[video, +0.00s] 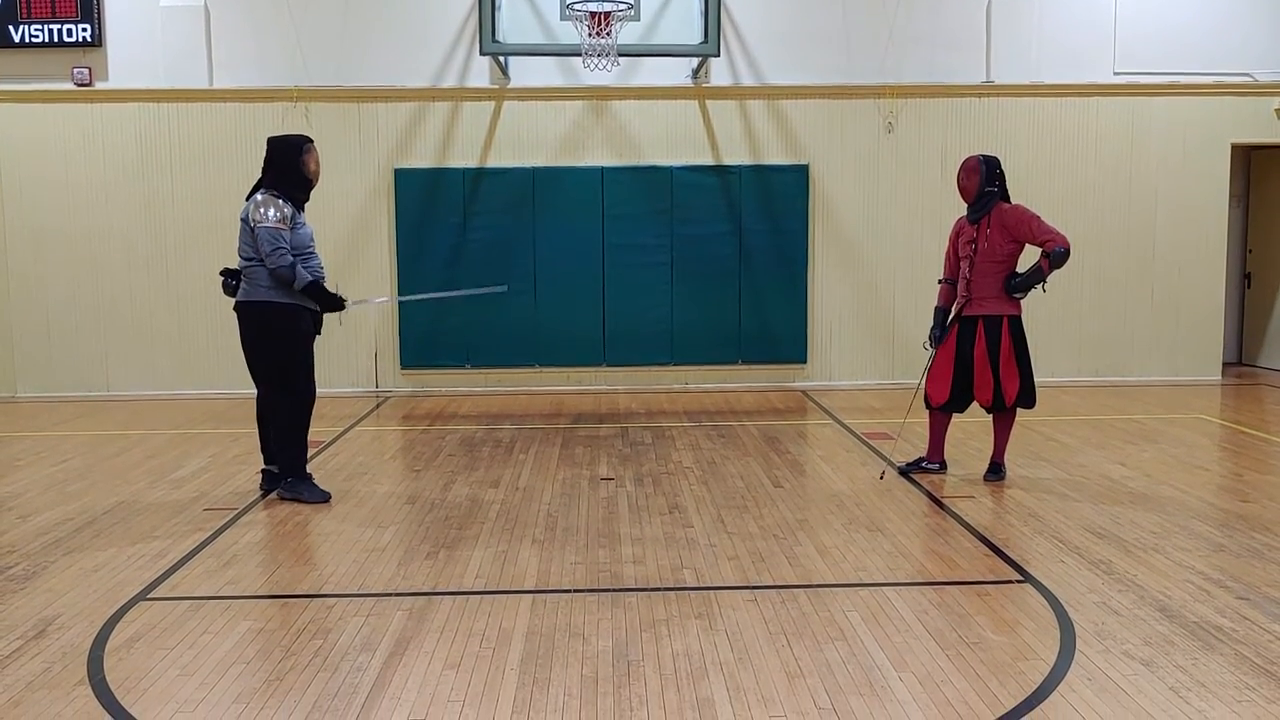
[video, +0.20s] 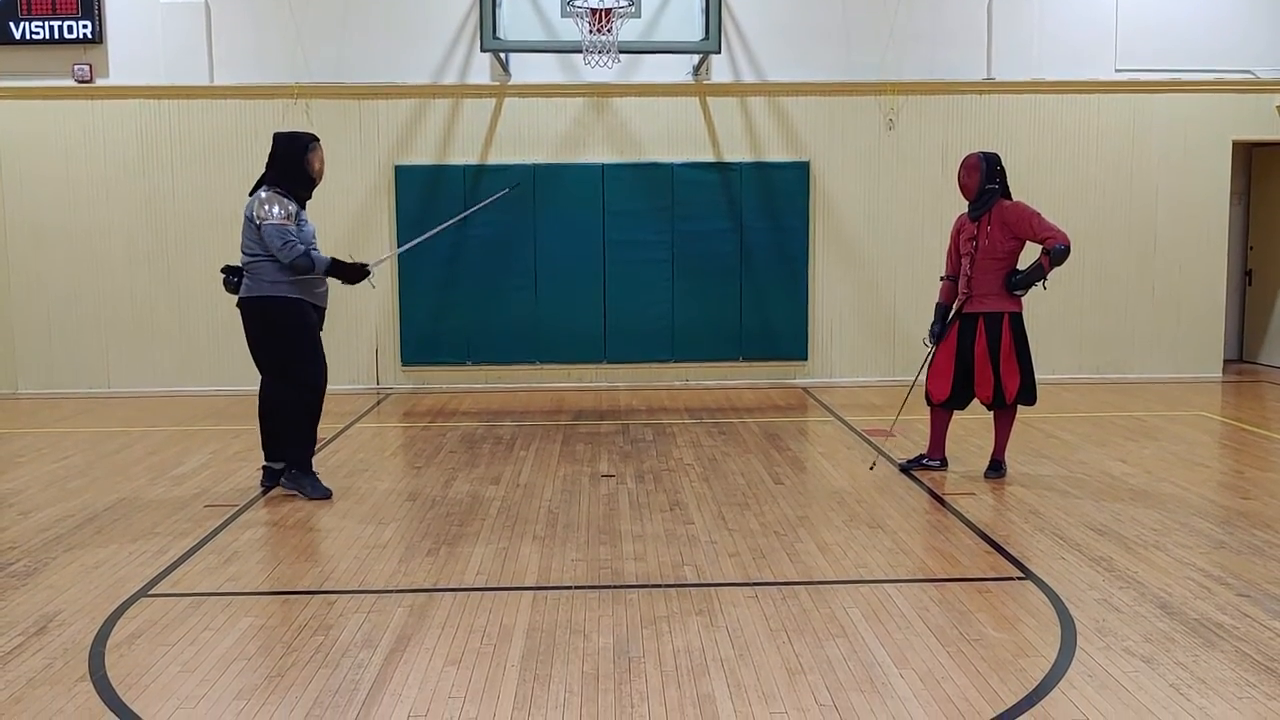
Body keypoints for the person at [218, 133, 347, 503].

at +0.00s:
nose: (318, 168)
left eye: (317, 160)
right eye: (313, 160)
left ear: (290, 162)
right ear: (294, 161)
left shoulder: (282, 202)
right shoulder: (268, 202)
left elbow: (292, 260)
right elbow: (279, 263)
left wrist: (318, 291)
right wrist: (318, 292)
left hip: (280, 309)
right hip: (271, 310)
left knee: (278, 391)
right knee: (293, 392)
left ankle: (276, 471)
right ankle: (292, 477)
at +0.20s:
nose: (321, 169)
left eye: (322, 161)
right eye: (317, 160)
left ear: (295, 162)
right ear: (297, 160)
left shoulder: (287, 202)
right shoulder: (273, 199)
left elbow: (289, 258)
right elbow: (289, 253)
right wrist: (336, 267)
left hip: (279, 304)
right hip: (278, 304)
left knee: (280, 382)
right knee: (309, 379)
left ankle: (276, 466)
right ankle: (298, 470)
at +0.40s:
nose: (323, 162)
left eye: (323, 155)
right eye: (318, 154)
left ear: (293, 156)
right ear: (299, 156)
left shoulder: (277, 195)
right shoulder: (279, 197)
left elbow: (285, 256)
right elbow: (311, 244)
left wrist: (251, 273)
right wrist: (359, 244)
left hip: (276, 301)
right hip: (285, 303)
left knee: (280, 380)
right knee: (310, 383)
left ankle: (276, 462)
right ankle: (327, 467)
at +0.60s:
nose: (327, 160)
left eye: (326, 152)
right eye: (322, 153)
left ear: (294, 156)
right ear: (303, 155)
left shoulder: (283, 192)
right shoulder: (286, 195)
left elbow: (280, 246)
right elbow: (322, 233)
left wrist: (259, 268)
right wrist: (368, 220)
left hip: (286, 299)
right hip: (296, 302)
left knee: (287, 378)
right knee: (316, 382)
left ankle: (277, 460)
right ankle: (335, 466)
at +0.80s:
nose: (334, 153)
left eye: (333, 145)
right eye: (330, 145)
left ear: (303, 149)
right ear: (313, 150)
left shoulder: (290, 188)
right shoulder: (297, 191)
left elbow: (288, 242)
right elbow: (330, 233)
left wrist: (267, 264)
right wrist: (366, 207)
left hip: (294, 294)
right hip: (306, 297)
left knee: (294, 374)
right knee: (326, 380)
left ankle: (279, 458)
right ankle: (336, 464)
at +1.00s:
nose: (341, 152)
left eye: (339, 144)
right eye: (335, 145)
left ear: (308, 151)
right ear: (317, 150)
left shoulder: (293, 188)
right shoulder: (303, 191)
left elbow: (288, 243)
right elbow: (337, 234)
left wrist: (269, 264)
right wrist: (364, 206)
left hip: (296, 292)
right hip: (311, 295)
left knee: (296, 372)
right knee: (330, 377)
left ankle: (279, 456)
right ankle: (336, 463)